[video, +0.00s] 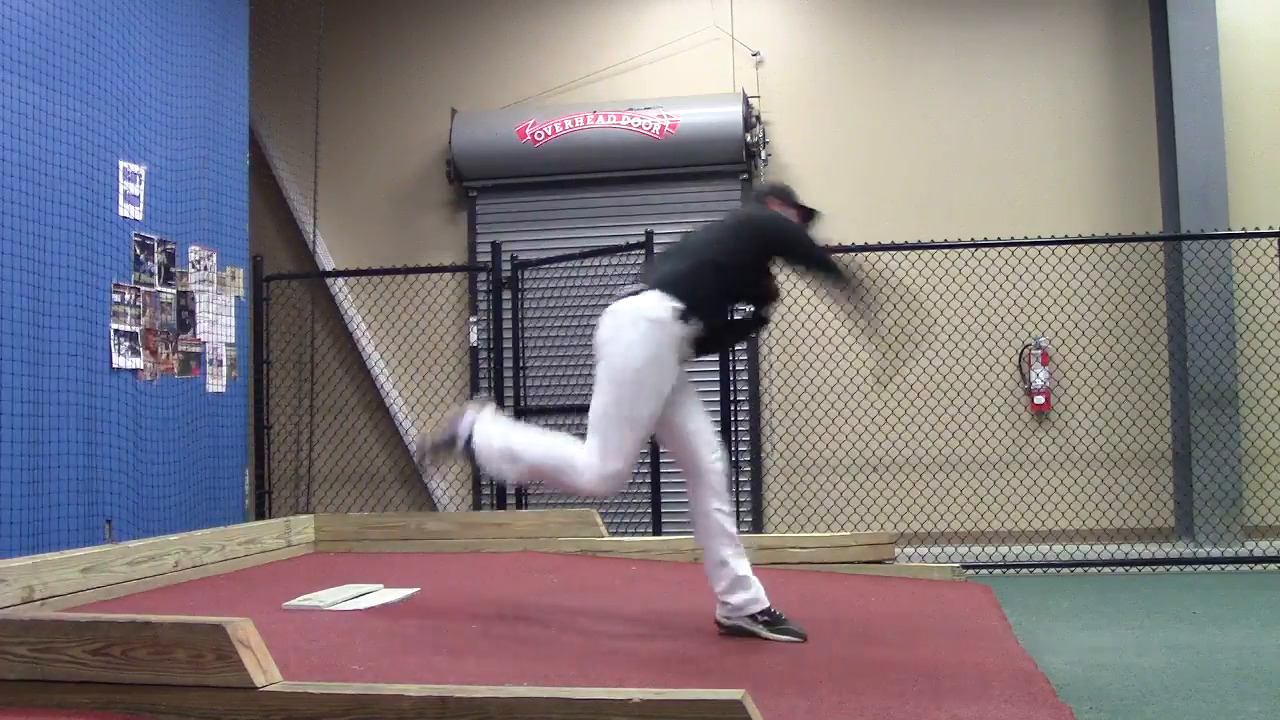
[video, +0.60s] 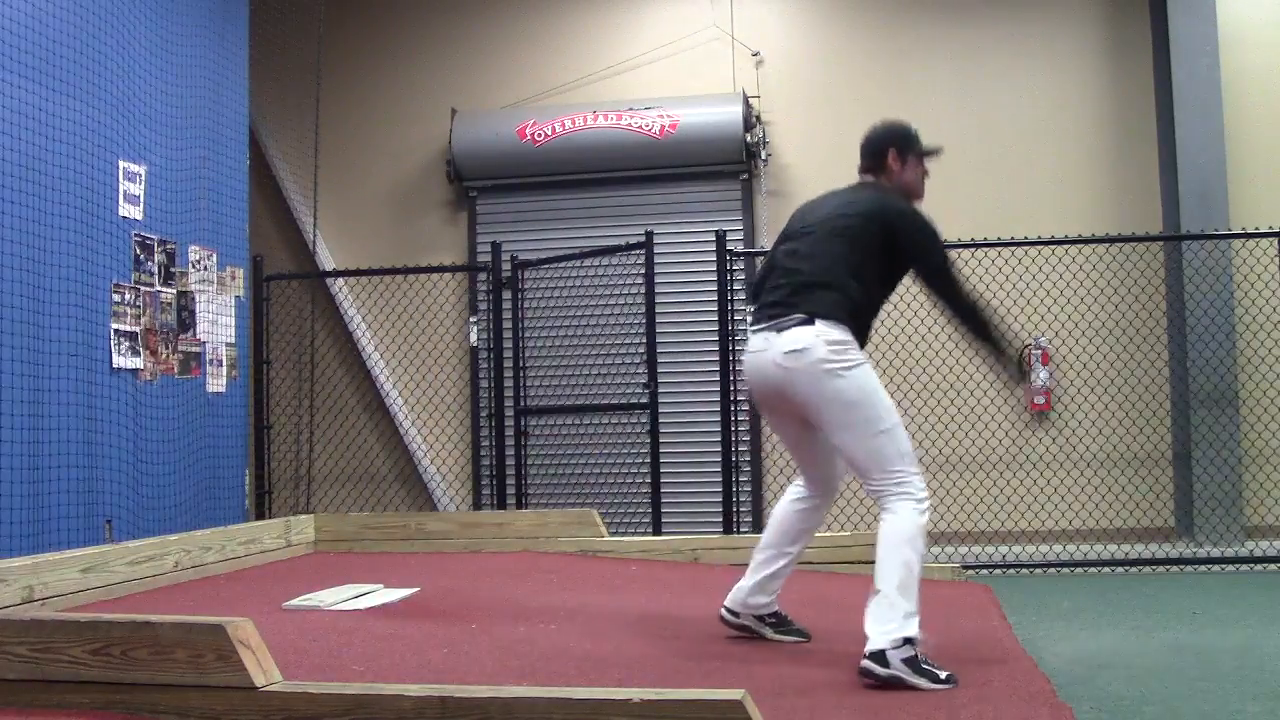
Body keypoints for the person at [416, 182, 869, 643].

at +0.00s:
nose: (804, 228)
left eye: (804, 220)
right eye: (798, 216)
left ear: (771, 215)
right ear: (772, 204)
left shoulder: (744, 269)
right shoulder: (761, 222)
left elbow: (696, 339)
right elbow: (815, 258)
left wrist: (757, 315)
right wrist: (850, 284)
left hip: (667, 351)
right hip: (646, 325)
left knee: (708, 472)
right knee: (604, 472)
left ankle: (740, 604)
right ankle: (479, 429)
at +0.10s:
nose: (840, 256)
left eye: (841, 247)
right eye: (837, 244)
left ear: (799, 233)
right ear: (817, 233)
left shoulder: (759, 253)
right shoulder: (817, 265)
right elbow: (802, 352)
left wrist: (747, 352)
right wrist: (766, 393)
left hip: (694, 352)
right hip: (686, 325)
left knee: (732, 461)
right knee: (603, 447)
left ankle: (740, 607)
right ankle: (489, 344)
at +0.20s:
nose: (872, 276)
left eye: (874, 265)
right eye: (871, 263)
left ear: (832, 248)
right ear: (852, 251)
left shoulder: (783, 258)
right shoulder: (846, 288)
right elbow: (775, 359)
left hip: (696, 326)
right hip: (721, 320)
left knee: (748, 466)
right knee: (646, 438)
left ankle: (743, 606)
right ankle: (544, 320)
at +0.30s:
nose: (897, 265)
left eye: (901, 256)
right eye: (898, 253)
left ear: (856, 238)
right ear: (877, 240)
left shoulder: (810, 249)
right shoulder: (871, 279)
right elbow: (819, 345)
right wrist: (760, 369)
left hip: (695, 308)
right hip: (737, 305)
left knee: (755, 465)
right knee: (743, 445)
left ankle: (745, 603)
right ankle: (646, 402)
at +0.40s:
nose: (918, 237)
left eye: (921, 226)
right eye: (916, 224)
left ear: (874, 212)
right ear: (893, 214)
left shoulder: (823, 232)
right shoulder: (885, 252)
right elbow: (853, 339)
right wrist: (822, 389)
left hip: (704, 311)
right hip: (758, 307)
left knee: (769, 462)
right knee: (813, 449)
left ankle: (746, 596)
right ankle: (786, 578)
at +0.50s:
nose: (927, 204)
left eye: (928, 193)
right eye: (923, 192)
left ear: (881, 186)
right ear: (899, 186)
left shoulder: (827, 216)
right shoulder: (896, 233)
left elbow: (784, 289)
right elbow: (903, 329)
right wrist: (917, 407)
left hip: (734, 331)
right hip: (791, 329)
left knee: (794, 476)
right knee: (860, 486)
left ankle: (745, 603)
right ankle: (887, 648)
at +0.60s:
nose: (926, 174)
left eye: (925, 163)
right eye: (921, 162)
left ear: (875, 164)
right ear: (895, 162)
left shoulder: (814, 210)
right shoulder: (900, 215)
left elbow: (763, 285)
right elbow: (956, 298)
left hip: (759, 352)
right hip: (822, 348)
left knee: (817, 481)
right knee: (903, 493)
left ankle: (750, 601)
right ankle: (891, 644)